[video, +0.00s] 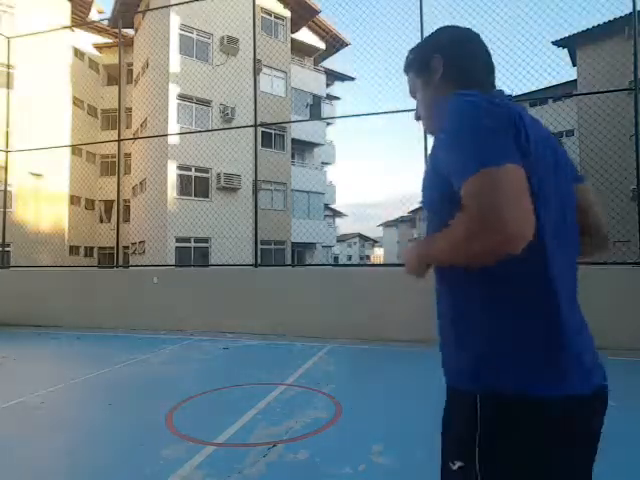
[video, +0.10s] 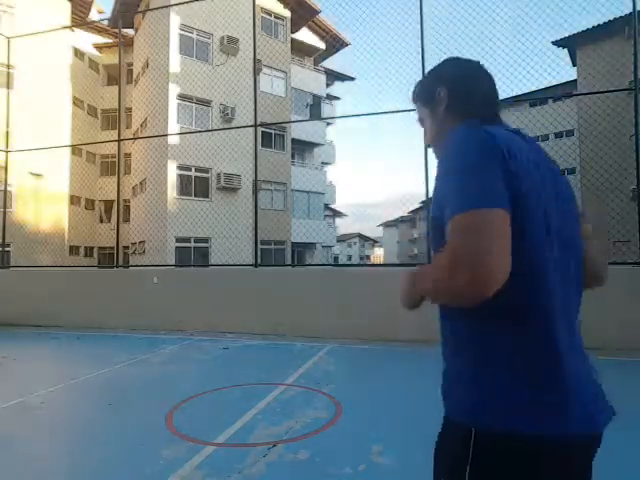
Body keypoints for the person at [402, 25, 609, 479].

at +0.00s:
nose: (418, 114)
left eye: (415, 94)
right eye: (413, 98)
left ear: (437, 70)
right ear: (484, 73)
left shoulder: (470, 113)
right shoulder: (537, 132)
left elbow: (503, 224)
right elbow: (591, 234)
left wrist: (427, 250)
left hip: (506, 388)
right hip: (567, 386)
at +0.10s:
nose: (424, 132)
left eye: (422, 117)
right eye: (420, 120)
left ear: (442, 100)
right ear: (488, 102)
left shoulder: (471, 143)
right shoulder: (538, 157)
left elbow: (477, 269)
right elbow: (592, 268)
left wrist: (421, 281)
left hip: (502, 418)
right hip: (566, 415)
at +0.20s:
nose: (429, 153)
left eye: (426, 138)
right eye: (424, 142)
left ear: (444, 121)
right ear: (488, 123)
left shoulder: (468, 169)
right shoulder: (549, 181)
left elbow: (467, 290)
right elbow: (575, 284)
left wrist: (409, 310)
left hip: (493, 423)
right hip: (568, 421)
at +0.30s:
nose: (427, 149)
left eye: (424, 136)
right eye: (422, 140)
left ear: (438, 116)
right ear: (482, 115)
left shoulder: (458, 155)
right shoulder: (543, 170)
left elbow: (460, 267)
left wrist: (414, 268)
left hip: (468, 397)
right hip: (549, 399)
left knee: (411, 472)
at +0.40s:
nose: (415, 139)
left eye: (413, 128)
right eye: (411, 131)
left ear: (425, 110)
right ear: (473, 110)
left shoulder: (438, 142)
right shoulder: (534, 161)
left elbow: (433, 249)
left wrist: (405, 240)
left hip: (452, 383)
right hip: (536, 386)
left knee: (414, 471)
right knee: (536, 472)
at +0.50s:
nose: (405, 145)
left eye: (403, 135)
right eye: (403, 137)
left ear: (414, 124)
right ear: (459, 121)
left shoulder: (414, 162)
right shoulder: (516, 172)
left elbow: (391, 270)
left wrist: (371, 250)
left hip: (438, 396)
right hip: (520, 396)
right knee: (522, 472)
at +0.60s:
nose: (388, 157)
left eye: (386, 146)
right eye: (385, 148)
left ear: (396, 138)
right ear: (440, 135)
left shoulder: (392, 179)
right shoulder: (494, 182)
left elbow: (358, 287)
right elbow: (490, 263)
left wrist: (351, 252)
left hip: (414, 397)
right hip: (496, 397)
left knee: (386, 472)